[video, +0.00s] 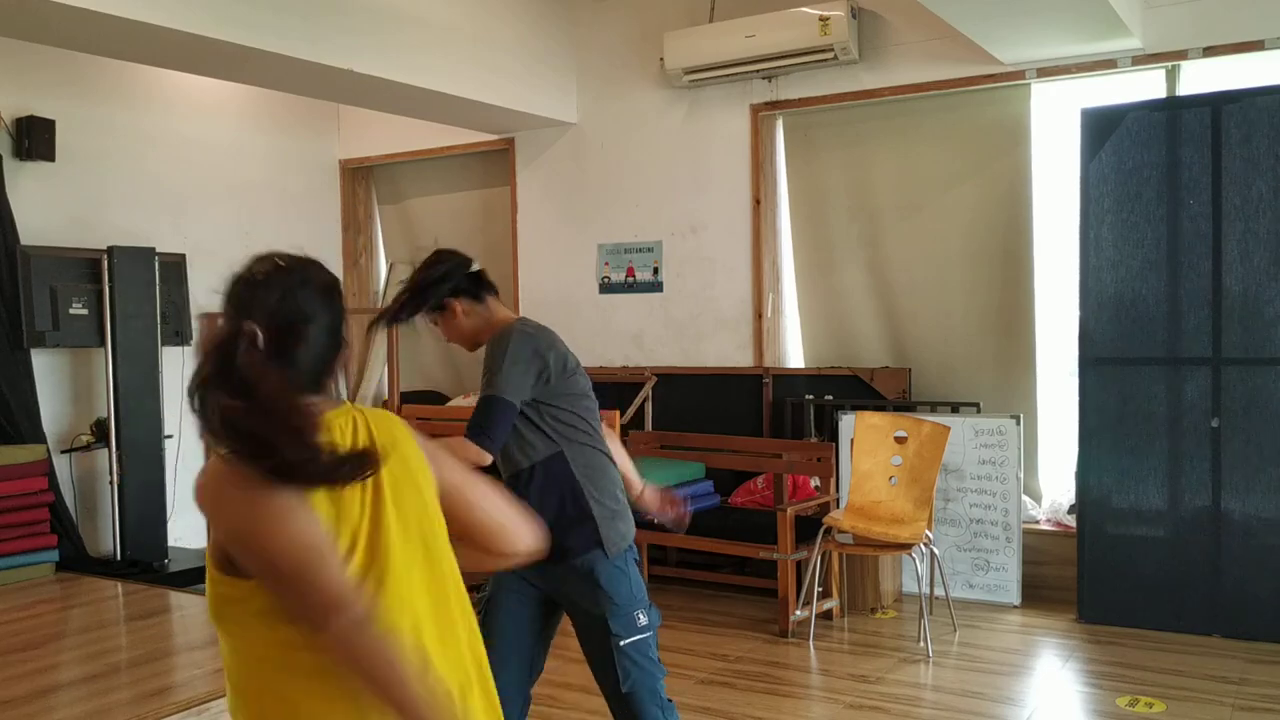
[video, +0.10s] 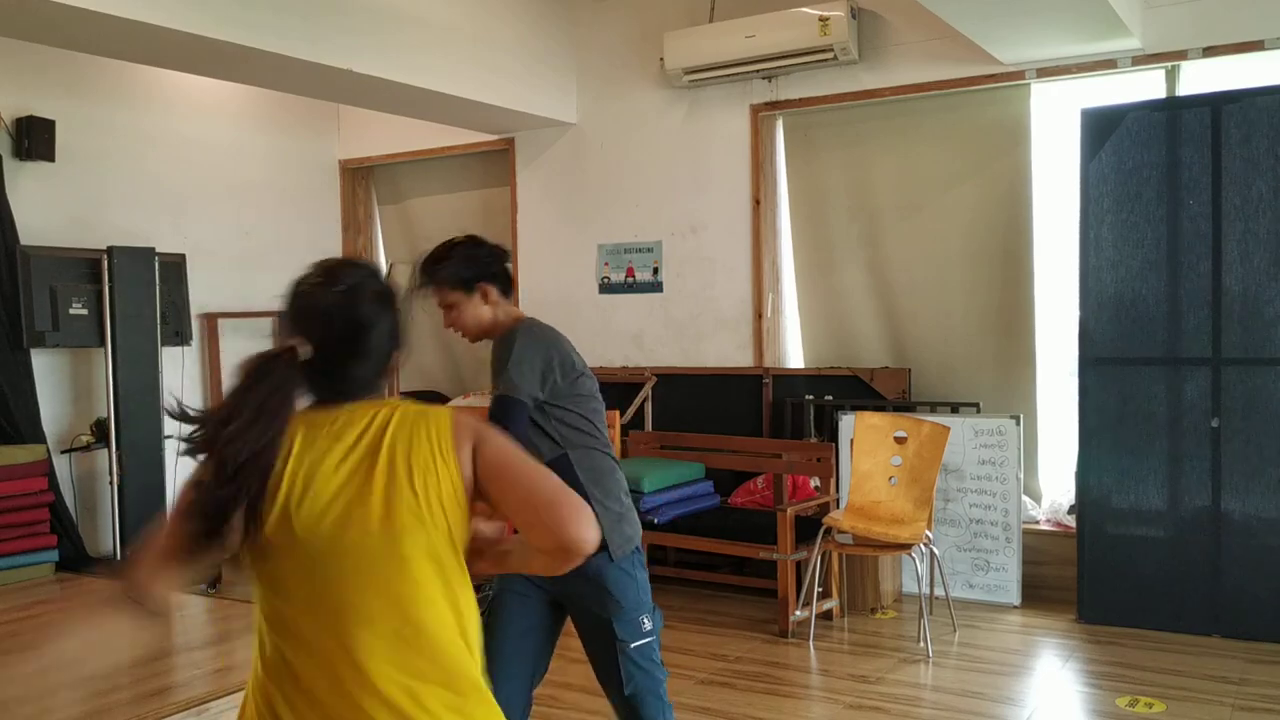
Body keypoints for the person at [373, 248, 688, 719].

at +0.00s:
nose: (441, 334)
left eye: (438, 319)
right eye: (435, 323)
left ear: (458, 303)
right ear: (471, 297)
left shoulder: (521, 341)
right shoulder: (517, 347)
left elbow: (480, 449)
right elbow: (597, 428)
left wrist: (405, 448)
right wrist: (639, 490)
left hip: (594, 546)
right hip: (531, 550)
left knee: (640, 702)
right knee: (498, 695)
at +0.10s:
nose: (446, 322)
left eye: (451, 307)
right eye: (442, 311)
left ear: (487, 293)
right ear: (485, 295)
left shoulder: (530, 341)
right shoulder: (506, 351)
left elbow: (503, 445)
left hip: (603, 549)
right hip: (533, 552)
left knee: (639, 699)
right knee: (503, 695)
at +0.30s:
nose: (527, 285)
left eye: (539, 270)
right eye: (515, 272)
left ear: (565, 277)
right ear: (500, 280)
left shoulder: (597, 351)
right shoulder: (497, 364)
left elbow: (689, 408)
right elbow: (488, 445)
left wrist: (607, 452)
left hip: (610, 557)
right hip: (519, 561)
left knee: (662, 701)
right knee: (501, 707)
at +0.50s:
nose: (691, 329)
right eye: (696, 321)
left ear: (643, 289)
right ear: (688, 321)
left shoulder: (599, 340)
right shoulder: (637, 359)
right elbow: (548, 441)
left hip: (617, 543)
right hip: (570, 541)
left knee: (662, 687)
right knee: (533, 695)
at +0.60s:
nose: (701, 358)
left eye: (706, 350)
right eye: (707, 349)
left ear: (667, 311)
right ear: (702, 336)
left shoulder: (636, 351)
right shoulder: (644, 361)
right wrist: (628, 559)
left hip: (609, 544)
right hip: (572, 544)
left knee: (663, 697)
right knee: (544, 697)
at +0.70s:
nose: (708, 373)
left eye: (719, 365)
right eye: (718, 360)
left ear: (702, 327)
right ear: (705, 332)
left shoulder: (643, 359)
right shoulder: (638, 347)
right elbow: (645, 448)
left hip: (621, 555)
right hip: (571, 556)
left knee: (665, 703)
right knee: (539, 702)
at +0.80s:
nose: (720, 351)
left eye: (729, 342)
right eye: (721, 334)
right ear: (688, 308)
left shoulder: (655, 357)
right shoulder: (639, 344)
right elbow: (654, 442)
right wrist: (741, 436)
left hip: (623, 550)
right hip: (565, 550)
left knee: (662, 699)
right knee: (535, 702)